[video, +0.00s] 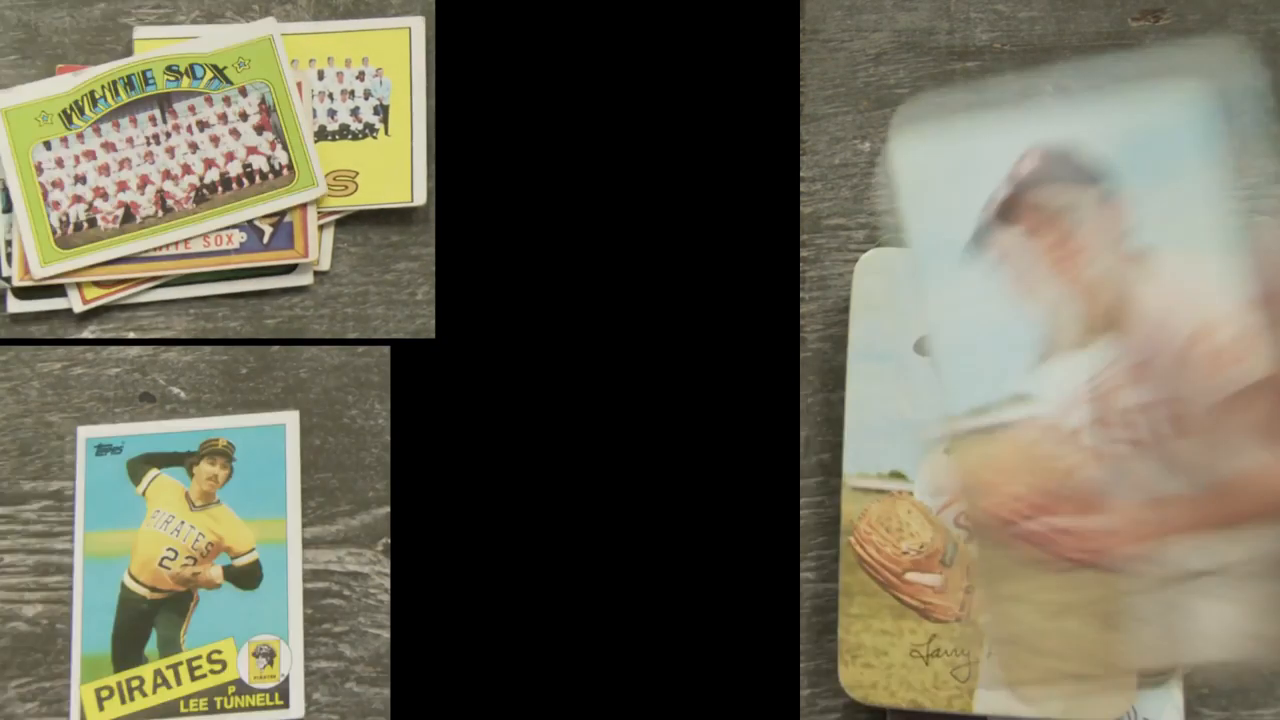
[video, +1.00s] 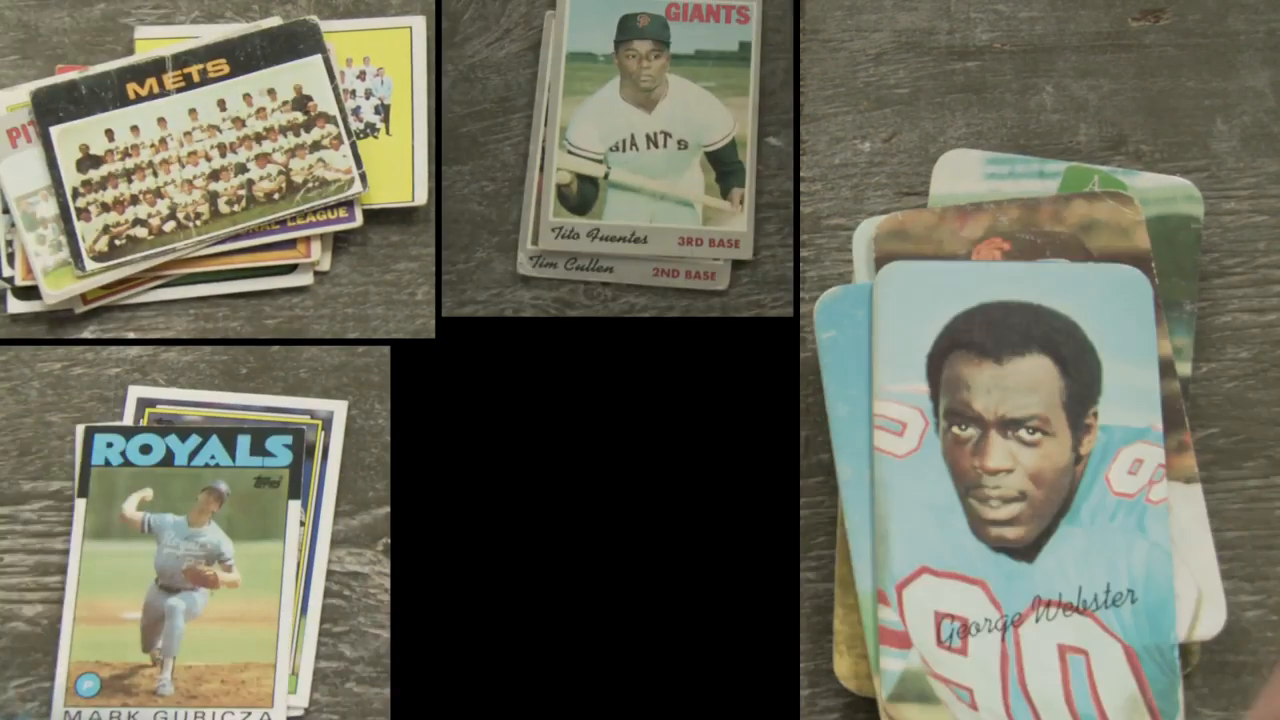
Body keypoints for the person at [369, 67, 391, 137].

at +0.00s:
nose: (380, 74)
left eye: (381, 72)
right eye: (379, 72)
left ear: (383, 72)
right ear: (377, 73)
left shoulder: (387, 80)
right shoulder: (374, 81)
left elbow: (388, 90)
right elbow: (372, 90)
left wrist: (383, 97)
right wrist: (377, 97)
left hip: (385, 101)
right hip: (376, 101)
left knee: (386, 118)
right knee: (377, 117)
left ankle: (386, 131)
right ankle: (375, 131)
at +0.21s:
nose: (380, 74)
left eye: (381, 72)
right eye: (379, 73)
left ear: (383, 73)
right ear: (377, 73)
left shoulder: (387, 80)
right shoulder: (374, 81)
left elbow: (388, 90)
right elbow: (372, 91)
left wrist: (384, 97)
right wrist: (377, 97)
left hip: (386, 102)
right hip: (377, 101)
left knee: (386, 118)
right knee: (377, 116)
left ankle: (386, 131)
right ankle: (375, 132)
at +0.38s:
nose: (381, 73)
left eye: (382, 72)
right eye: (380, 72)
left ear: (384, 72)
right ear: (377, 73)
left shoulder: (388, 80)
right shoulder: (374, 81)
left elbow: (389, 90)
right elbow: (373, 90)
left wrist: (384, 97)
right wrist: (378, 96)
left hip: (386, 101)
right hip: (377, 101)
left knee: (386, 117)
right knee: (377, 116)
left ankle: (387, 131)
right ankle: (376, 131)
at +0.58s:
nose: (381, 73)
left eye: (382, 71)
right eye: (380, 71)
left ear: (384, 72)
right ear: (377, 72)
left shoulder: (388, 80)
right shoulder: (374, 80)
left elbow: (390, 90)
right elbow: (373, 90)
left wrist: (385, 96)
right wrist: (378, 96)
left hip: (386, 101)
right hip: (378, 100)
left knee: (387, 117)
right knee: (378, 116)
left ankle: (387, 130)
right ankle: (376, 130)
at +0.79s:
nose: (381, 73)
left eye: (382, 71)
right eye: (380, 71)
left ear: (384, 72)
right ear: (378, 72)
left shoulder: (388, 80)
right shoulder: (374, 80)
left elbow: (390, 89)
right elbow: (373, 90)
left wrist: (385, 96)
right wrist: (378, 96)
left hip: (387, 101)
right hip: (378, 100)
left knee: (387, 117)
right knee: (378, 116)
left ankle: (387, 130)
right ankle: (376, 130)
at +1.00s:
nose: (381, 73)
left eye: (382, 71)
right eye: (380, 71)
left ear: (384, 72)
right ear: (378, 72)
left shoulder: (388, 80)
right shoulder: (374, 80)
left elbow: (390, 89)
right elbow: (373, 90)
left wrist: (385, 96)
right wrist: (378, 96)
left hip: (387, 101)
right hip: (378, 100)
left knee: (387, 117)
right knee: (378, 116)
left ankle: (387, 131)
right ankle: (376, 131)